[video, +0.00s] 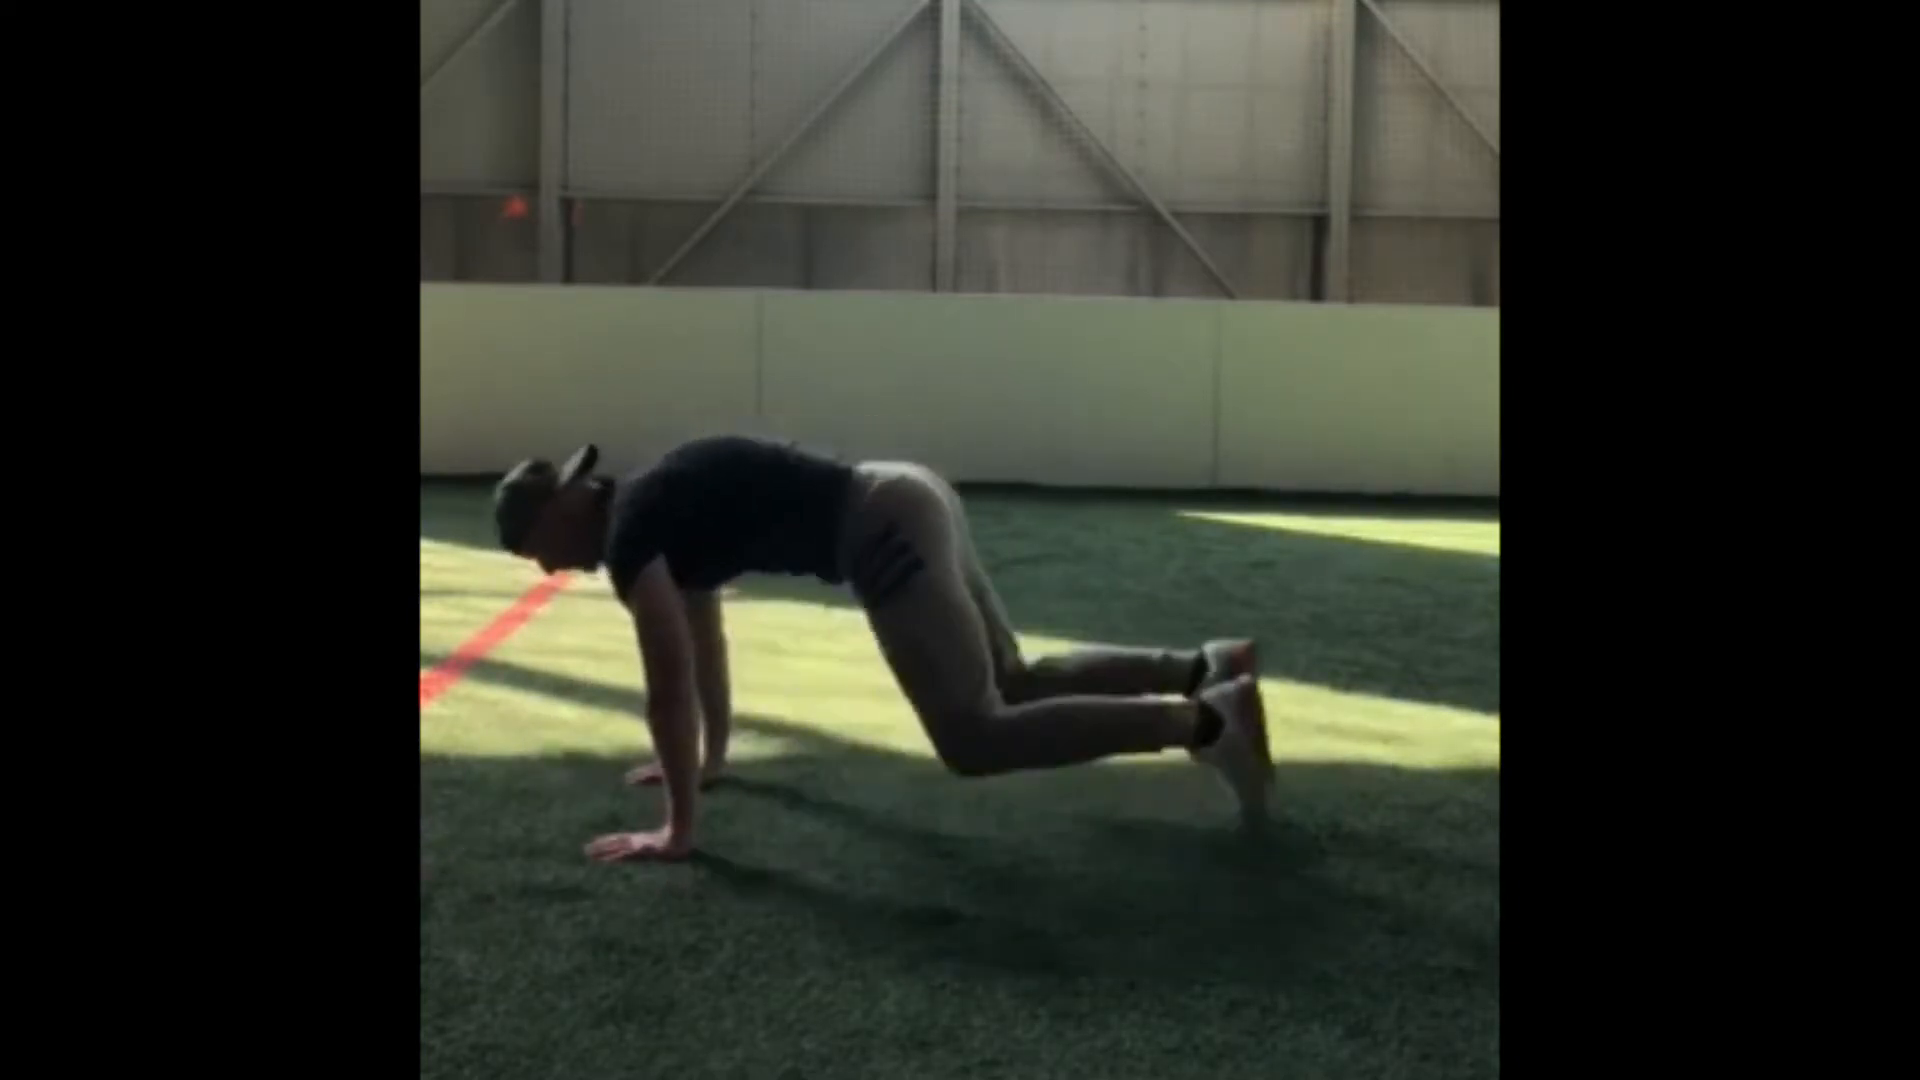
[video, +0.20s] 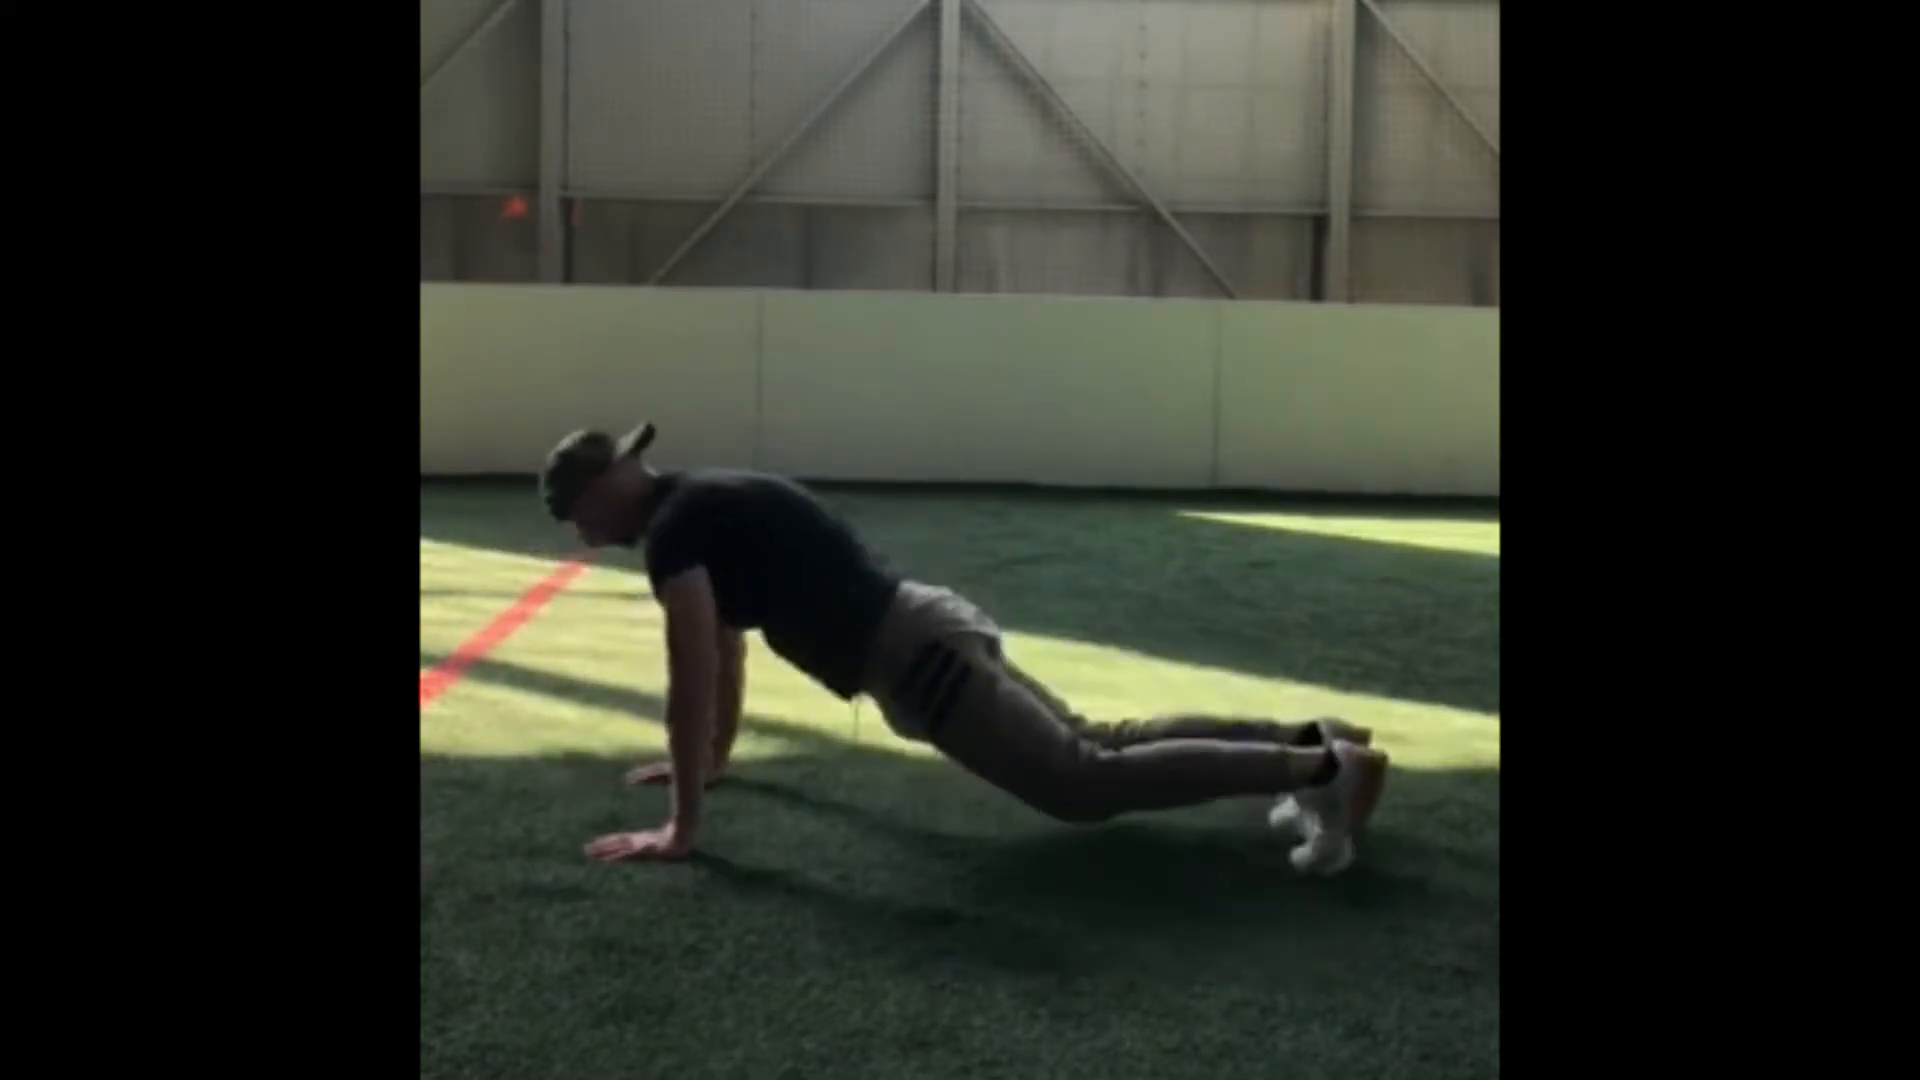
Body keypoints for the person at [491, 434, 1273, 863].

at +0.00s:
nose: (554, 570)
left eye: (547, 554)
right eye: (542, 560)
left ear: (569, 511)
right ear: (581, 494)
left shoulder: (636, 541)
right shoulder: (661, 502)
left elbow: (669, 687)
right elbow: (703, 652)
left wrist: (676, 830)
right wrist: (707, 755)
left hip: (885, 530)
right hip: (907, 497)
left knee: (974, 742)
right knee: (1011, 681)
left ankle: (1202, 722)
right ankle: (1201, 670)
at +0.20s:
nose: (580, 535)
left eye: (576, 518)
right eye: (572, 522)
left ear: (608, 491)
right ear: (627, 480)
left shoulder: (673, 531)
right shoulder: (703, 508)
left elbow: (693, 683)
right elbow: (728, 668)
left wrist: (678, 827)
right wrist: (704, 766)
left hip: (918, 655)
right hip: (932, 629)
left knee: (1081, 787)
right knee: (1091, 751)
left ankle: (1320, 775)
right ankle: (1303, 743)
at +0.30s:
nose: (581, 535)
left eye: (576, 518)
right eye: (572, 522)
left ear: (608, 490)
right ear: (628, 480)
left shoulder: (673, 531)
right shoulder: (705, 508)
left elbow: (693, 686)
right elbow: (728, 669)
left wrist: (678, 827)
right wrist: (703, 768)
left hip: (912, 662)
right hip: (929, 633)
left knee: (1082, 793)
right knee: (1091, 756)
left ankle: (1320, 773)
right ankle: (1305, 746)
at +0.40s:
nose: (568, 555)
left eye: (560, 539)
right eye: (557, 544)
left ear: (585, 502)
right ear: (603, 487)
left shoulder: (651, 533)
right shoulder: (685, 508)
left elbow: (676, 685)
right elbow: (719, 662)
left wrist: (679, 827)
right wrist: (707, 760)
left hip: (898, 641)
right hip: (915, 614)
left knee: (1067, 771)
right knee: (1081, 735)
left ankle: (1310, 767)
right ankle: (1300, 745)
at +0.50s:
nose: (542, 582)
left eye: (531, 568)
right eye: (529, 573)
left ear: (547, 522)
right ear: (561, 500)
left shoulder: (614, 542)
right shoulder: (653, 507)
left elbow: (661, 696)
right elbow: (706, 665)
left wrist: (676, 830)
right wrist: (703, 764)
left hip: (880, 584)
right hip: (902, 546)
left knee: (1027, 747)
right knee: (1048, 688)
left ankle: (1265, 758)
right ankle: (1267, 724)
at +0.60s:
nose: (546, 598)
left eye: (532, 585)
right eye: (531, 591)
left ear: (546, 535)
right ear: (556, 520)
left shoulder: (617, 541)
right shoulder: (645, 512)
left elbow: (660, 695)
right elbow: (701, 652)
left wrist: (675, 832)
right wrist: (710, 754)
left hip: (867, 510)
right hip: (888, 480)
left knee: (904, 739)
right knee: (959, 677)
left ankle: (1147, 722)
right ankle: (1158, 670)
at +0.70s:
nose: (554, 595)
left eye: (543, 582)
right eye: (540, 589)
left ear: (557, 537)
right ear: (564, 521)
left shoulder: (623, 536)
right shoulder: (661, 514)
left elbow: (659, 693)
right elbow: (707, 641)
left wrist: (675, 832)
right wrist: (708, 754)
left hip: (872, 493)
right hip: (893, 473)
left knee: (745, 670)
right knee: (826, 617)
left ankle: (964, 753)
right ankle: (1016, 675)